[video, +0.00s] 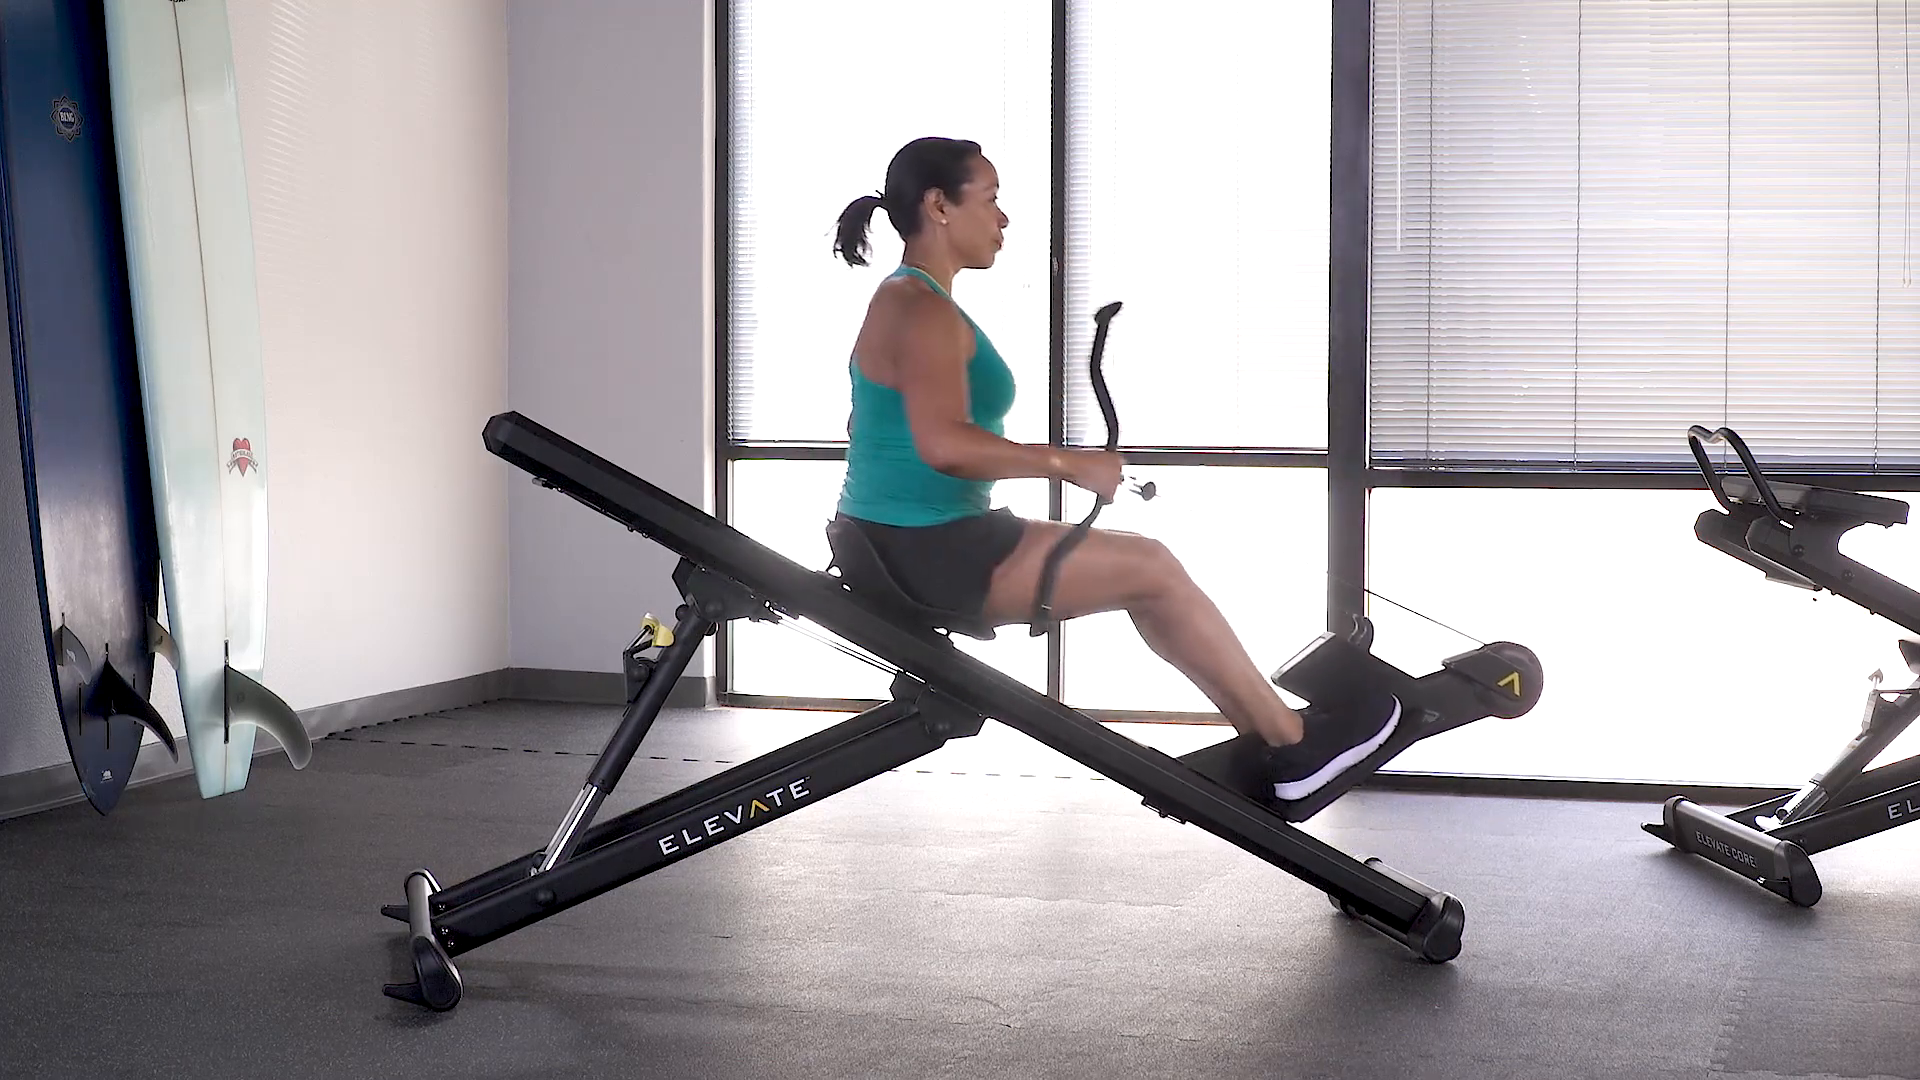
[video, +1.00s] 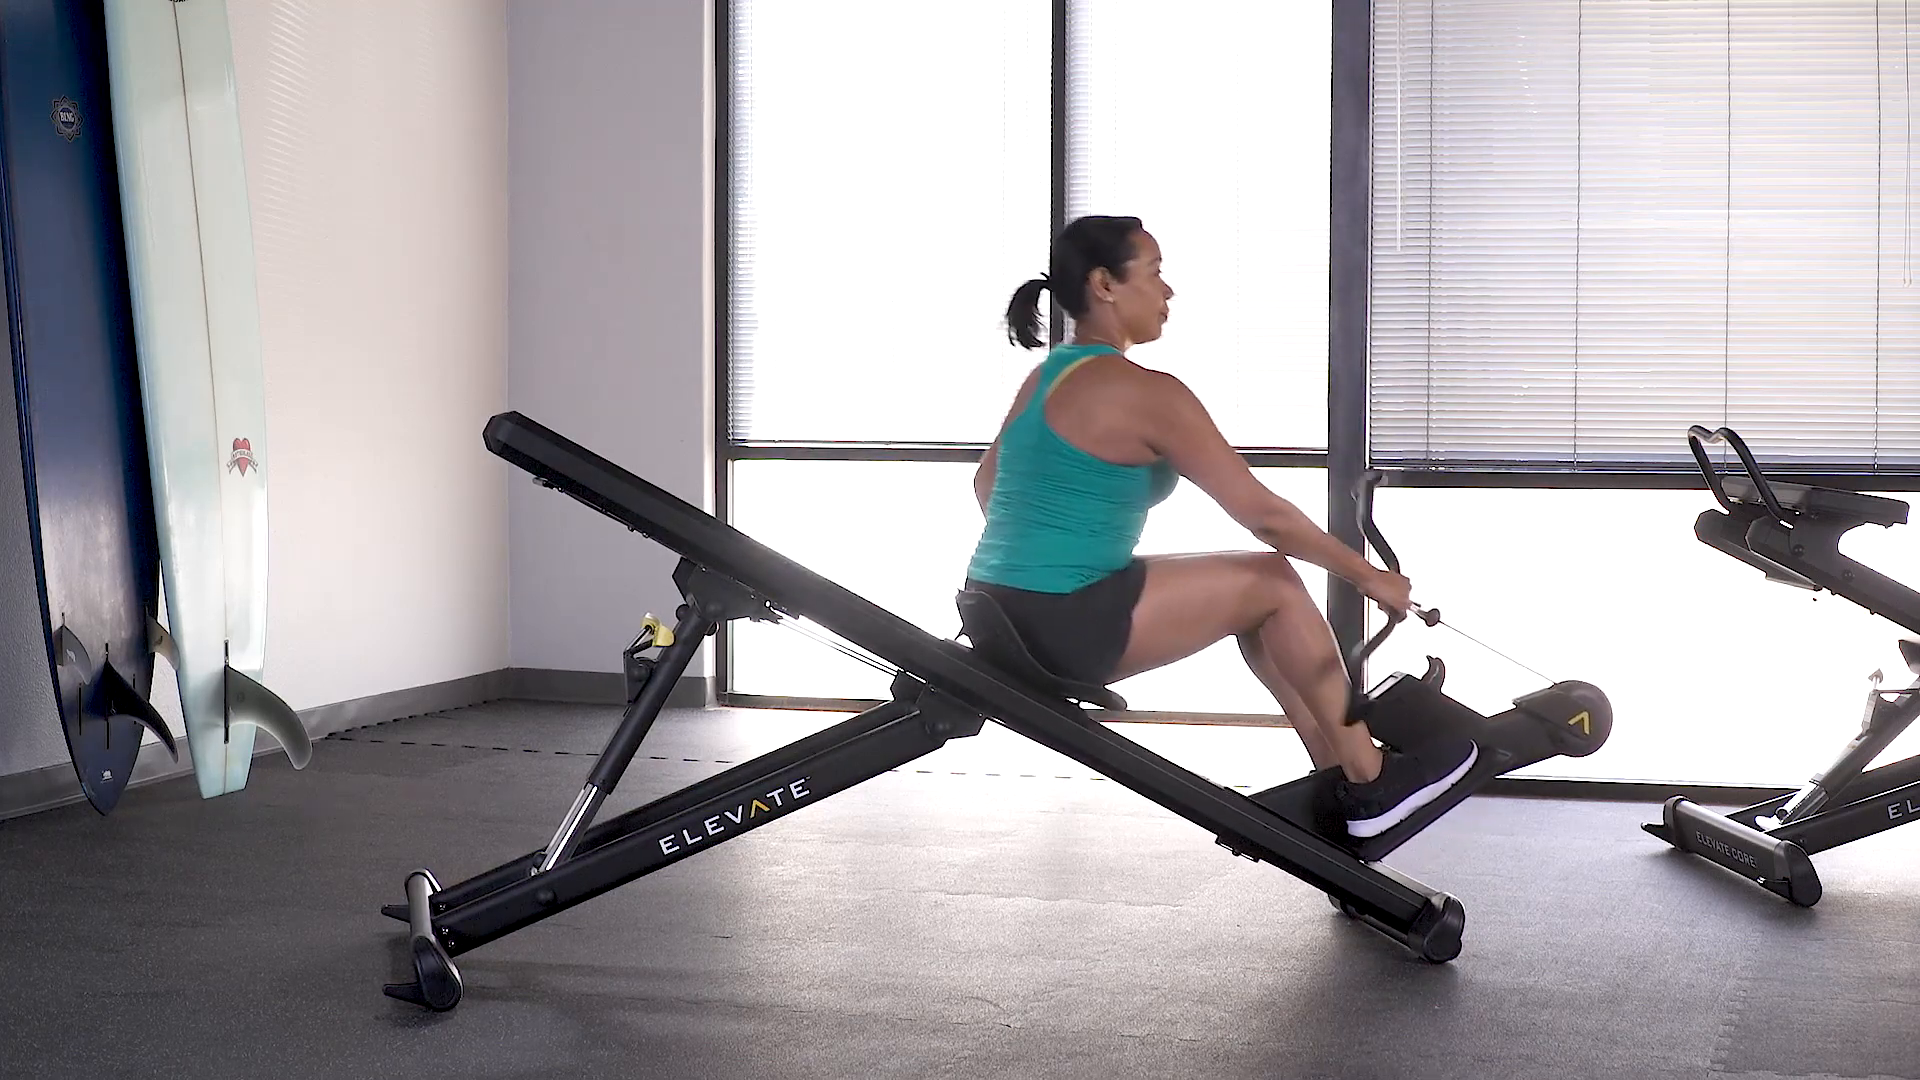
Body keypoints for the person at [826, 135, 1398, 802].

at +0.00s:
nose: (1004, 218)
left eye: (998, 201)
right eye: (991, 201)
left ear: (935, 211)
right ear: (937, 210)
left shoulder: (911, 304)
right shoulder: (922, 314)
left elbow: (942, 445)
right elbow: (942, 443)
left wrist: (1050, 465)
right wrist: (1067, 461)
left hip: (908, 542)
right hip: (917, 551)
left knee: (1144, 568)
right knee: (1151, 566)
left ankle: (1268, 727)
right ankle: (1291, 743)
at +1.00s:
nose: (1169, 291)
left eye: (1163, 273)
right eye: (1155, 274)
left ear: (1097, 290)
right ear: (1104, 288)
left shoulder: (1045, 376)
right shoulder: (1150, 394)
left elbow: (987, 483)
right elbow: (1262, 514)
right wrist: (1369, 576)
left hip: (995, 606)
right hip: (1064, 619)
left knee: (1253, 583)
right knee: (1276, 581)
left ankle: (1331, 760)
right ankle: (1369, 773)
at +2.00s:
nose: (1013, 225)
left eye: (1010, 207)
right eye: (1002, 207)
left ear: (948, 213)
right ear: (950, 210)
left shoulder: (916, 303)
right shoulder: (936, 312)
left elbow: (976, 439)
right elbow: (985, 438)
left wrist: (1084, 460)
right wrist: (1103, 466)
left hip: (907, 544)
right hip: (919, 550)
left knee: (1146, 576)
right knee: (1152, 575)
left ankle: (1275, 731)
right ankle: (1300, 750)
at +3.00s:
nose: (1164, 293)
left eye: (1159, 276)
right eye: (1151, 276)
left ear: (1092, 287)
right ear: (1101, 285)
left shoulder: (1039, 374)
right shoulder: (1145, 394)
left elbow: (975, 485)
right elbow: (1264, 510)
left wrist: (1035, 553)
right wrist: (1371, 570)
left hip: (995, 605)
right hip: (1062, 618)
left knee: (1251, 584)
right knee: (1274, 582)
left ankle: (1332, 760)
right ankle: (1371, 776)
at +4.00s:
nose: (1018, 223)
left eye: (1014, 205)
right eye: (1007, 205)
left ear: (953, 213)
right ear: (954, 210)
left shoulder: (915, 303)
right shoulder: (942, 311)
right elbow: (984, 435)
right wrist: (1102, 458)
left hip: (901, 542)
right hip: (922, 549)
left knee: (1145, 581)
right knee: (1156, 571)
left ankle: (1269, 732)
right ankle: (1297, 744)